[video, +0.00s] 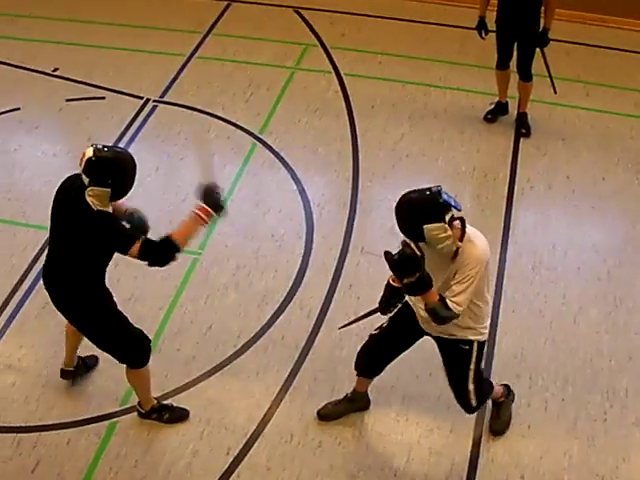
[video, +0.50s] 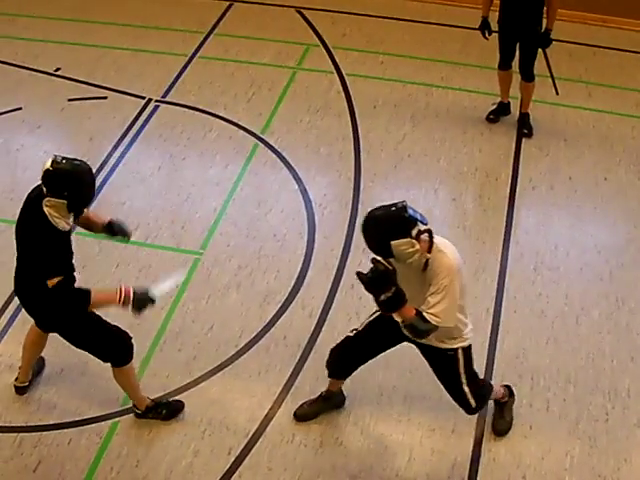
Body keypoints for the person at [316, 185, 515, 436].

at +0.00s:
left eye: (422, 238)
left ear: (440, 229)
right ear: (422, 236)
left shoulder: (474, 251)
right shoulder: (424, 238)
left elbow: (445, 315)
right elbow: (405, 266)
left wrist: (420, 285)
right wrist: (393, 290)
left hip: (461, 329)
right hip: (421, 311)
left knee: (470, 399)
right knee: (370, 355)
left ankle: (502, 395)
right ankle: (358, 396)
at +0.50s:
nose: (385, 259)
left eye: (387, 253)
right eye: (383, 255)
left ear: (407, 243)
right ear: (396, 247)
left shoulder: (444, 261)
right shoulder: (399, 251)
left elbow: (426, 328)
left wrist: (392, 299)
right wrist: (383, 289)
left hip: (445, 337)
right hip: (403, 319)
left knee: (471, 400)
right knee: (340, 357)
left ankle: (503, 395)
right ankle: (333, 394)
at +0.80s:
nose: (366, 254)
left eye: (368, 248)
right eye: (363, 249)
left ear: (386, 237)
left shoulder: (425, 255)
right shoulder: (375, 247)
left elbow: (405, 322)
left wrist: (372, 292)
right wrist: (360, 280)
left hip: (432, 328)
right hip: (385, 314)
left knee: (451, 395)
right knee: (332, 359)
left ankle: (469, 401)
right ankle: (337, 392)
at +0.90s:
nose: (365, 253)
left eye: (366, 247)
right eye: (362, 248)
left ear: (383, 237)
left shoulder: (424, 252)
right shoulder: (373, 245)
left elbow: (408, 321)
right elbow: (355, 267)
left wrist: (371, 292)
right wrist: (337, 290)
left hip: (433, 323)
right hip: (385, 313)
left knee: (454, 381)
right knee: (338, 363)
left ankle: (471, 402)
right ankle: (337, 393)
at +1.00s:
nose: (357, 252)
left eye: (360, 247)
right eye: (354, 247)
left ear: (381, 236)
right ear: (357, 241)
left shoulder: (412, 250)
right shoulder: (358, 234)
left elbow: (422, 321)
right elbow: (299, 236)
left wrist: (380, 302)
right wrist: (284, 283)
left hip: (435, 317)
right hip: (389, 306)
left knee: (453, 373)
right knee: (346, 360)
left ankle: (471, 401)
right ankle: (336, 390)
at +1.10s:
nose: (345, 257)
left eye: (350, 252)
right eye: (344, 253)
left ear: (376, 241)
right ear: (343, 247)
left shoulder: (407, 253)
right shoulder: (345, 246)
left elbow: (442, 310)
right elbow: (286, 253)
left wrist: (401, 315)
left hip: (438, 311)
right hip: (397, 304)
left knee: (459, 374)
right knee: (348, 354)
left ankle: (479, 402)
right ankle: (341, 389)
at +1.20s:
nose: (351, 266)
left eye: (354, 259)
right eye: (349, 260)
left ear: (376, 248)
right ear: (350, 255)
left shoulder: (413, 255)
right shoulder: (343, 251)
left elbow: (462, 301)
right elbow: (287, 263)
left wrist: (421, 314)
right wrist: (239, 284)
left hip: (441, 309)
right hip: (396, 306)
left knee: (466, 377)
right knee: (352, 356)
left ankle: (489, 398)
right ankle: (347, 389)